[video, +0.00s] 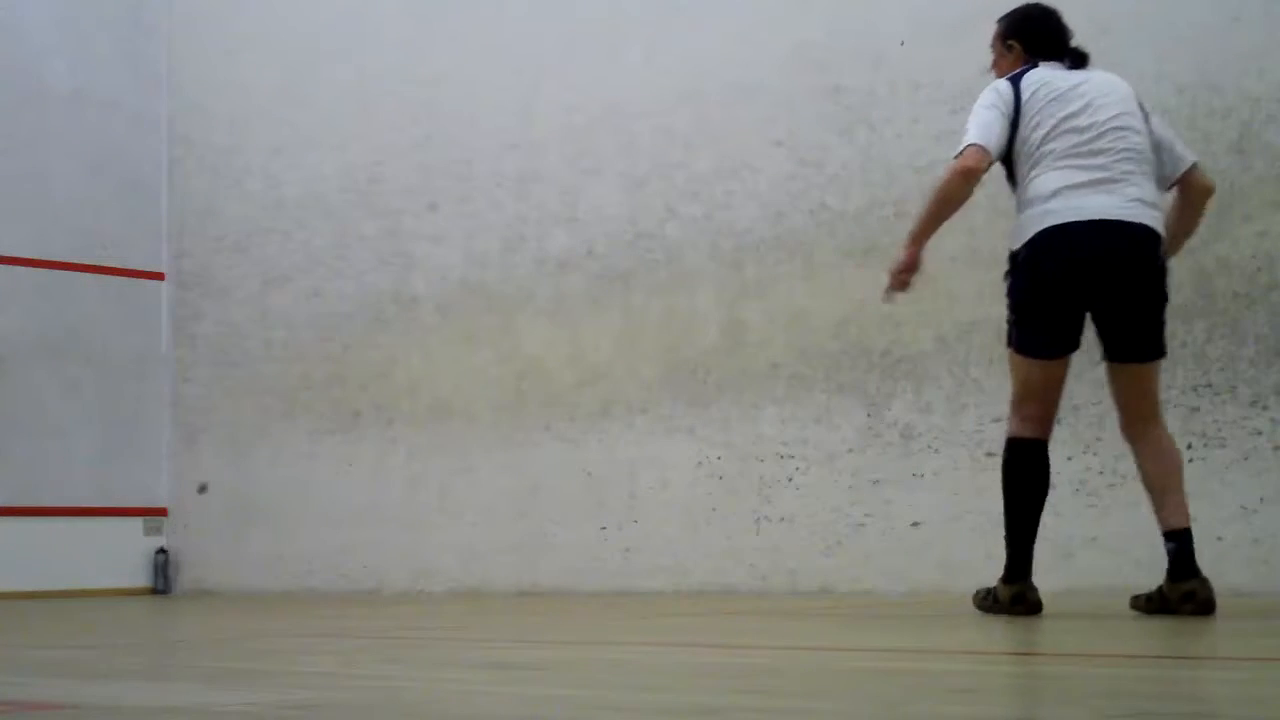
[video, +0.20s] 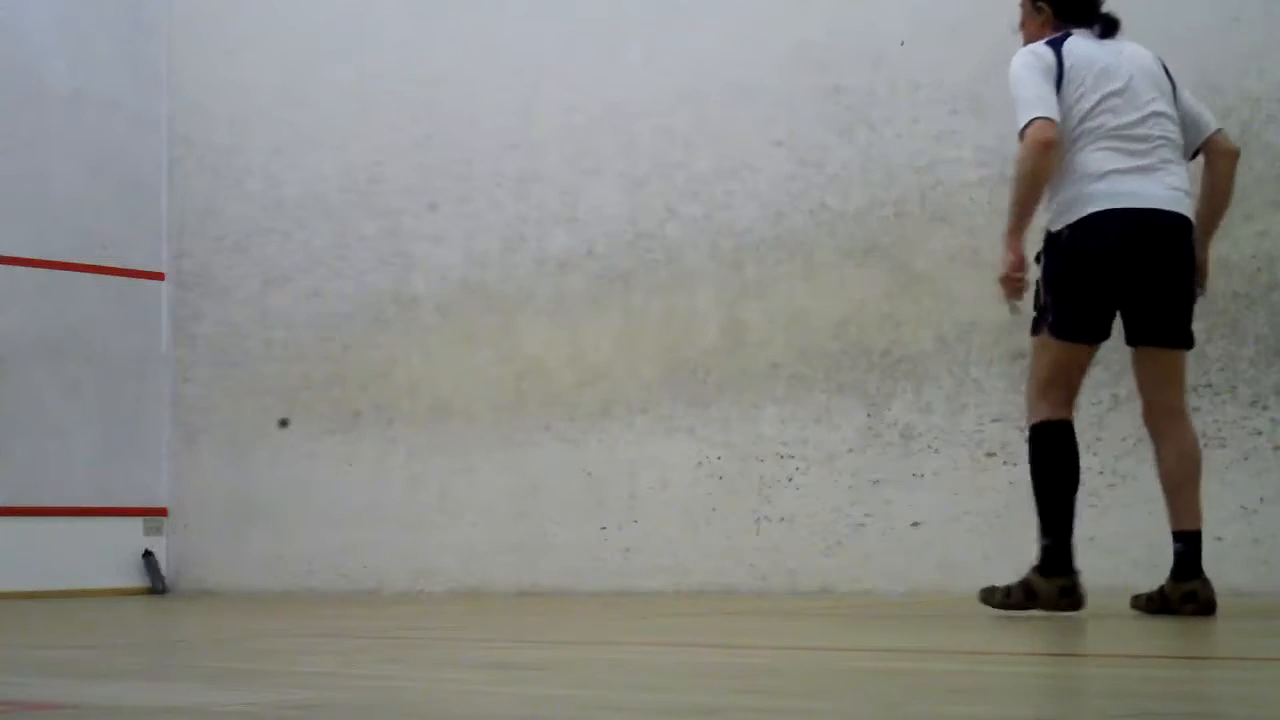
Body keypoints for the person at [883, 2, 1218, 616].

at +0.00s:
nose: (992, 66)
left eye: (995, 55)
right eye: (992, 55)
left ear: (1015, 52)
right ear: (1061, 48)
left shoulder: (1009, 88)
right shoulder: (1119, 90)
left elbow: (970, 166)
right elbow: (1197, 186)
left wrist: (914, 245)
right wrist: (1160, 252)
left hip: (1050, 252)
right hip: (1134, 251)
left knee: (1031, 416)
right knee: (1144, 420)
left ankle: (1017, 581)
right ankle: (1184, 573)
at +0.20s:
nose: (1021, 28)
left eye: (1022, 17)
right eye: (1020, 18)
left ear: (1042, 13)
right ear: (1089, 12)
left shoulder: (1038, 57)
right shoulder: (1148, 61)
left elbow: (1043, 137)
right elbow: (1221, 149)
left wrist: (1013, 236)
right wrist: (1200, 240)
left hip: (1086, 238)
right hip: (1167, 237)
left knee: (1051, 398)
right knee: (1168, 410)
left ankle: (1055, 572)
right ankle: (1188, 575)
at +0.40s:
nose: (1035, 7)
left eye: (1037, 1)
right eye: (1035, 1)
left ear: (1053, 1)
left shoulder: (1056, 33)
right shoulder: (1160, 47)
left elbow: (1070, 131)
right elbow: (1220, 143)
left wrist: (1053, 238)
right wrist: (1201, 242)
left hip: (1100, 247)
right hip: (1172, 249)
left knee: (1065, 401)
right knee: (1180, 410)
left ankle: (1140, 557)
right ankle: (1192, 576)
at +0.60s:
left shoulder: (1056, 17)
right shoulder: (1150, 40)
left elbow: (1049, 127)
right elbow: (1200, 146)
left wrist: (1030, 236)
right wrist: (1186, 246)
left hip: (1098, 234)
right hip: (1157, 236)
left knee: (1108, 399)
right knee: (1151, 406)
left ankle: (1164, 576)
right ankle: (1181, 572)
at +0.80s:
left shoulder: (1053, 9)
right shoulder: (1141, 34)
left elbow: (1015, 118)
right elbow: (1184, 146)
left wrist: (977, 219)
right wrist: (1154, 231)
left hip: (1090, 219)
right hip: (1135, 223)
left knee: (1108, 394)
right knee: (1106, 394)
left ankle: (1159, 573)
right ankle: (1150, 570)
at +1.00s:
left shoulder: (1026, 17)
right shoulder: (1131, 50)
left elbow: (1000, 122)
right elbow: (1169, 169)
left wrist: (960, 224)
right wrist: (1125, 231)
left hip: (1078, 222)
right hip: (1140, 228)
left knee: (1059, 403)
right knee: (1081, 404)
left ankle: (1154, 564)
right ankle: (1066, 573)